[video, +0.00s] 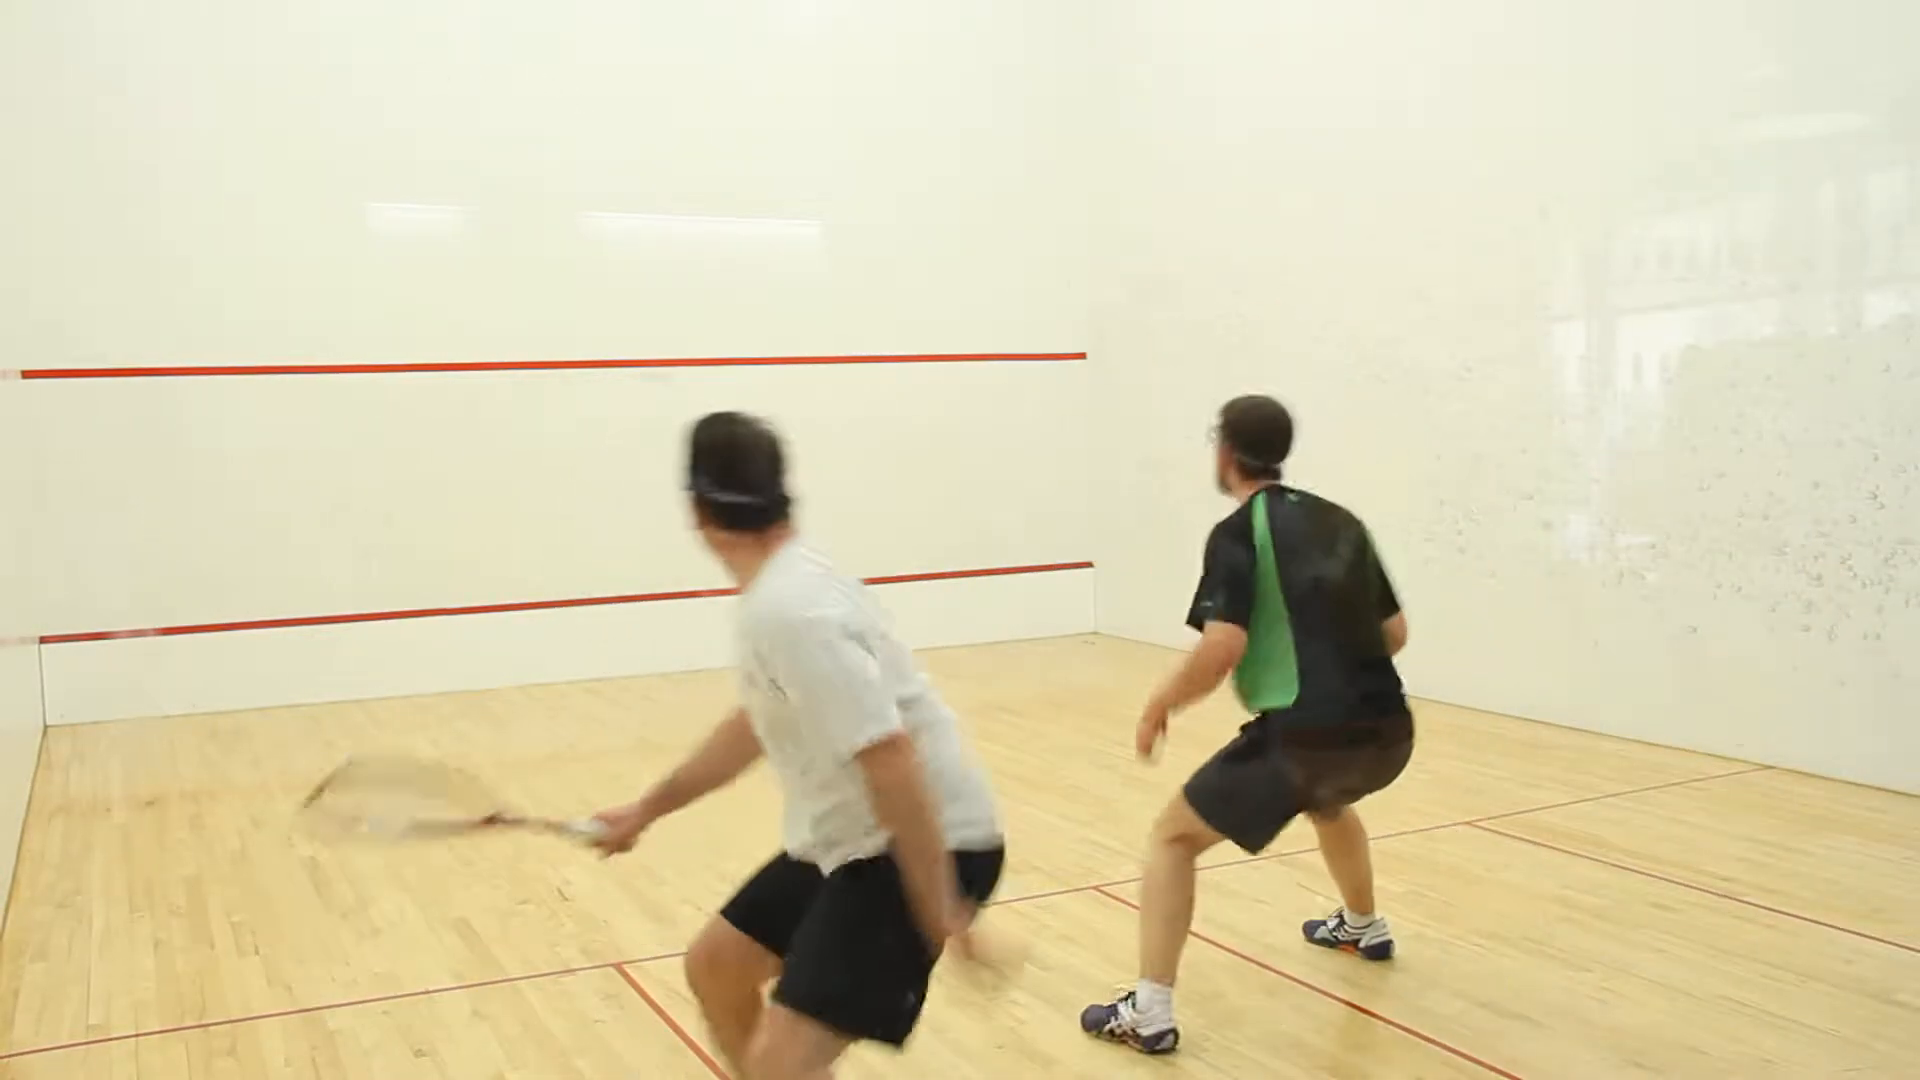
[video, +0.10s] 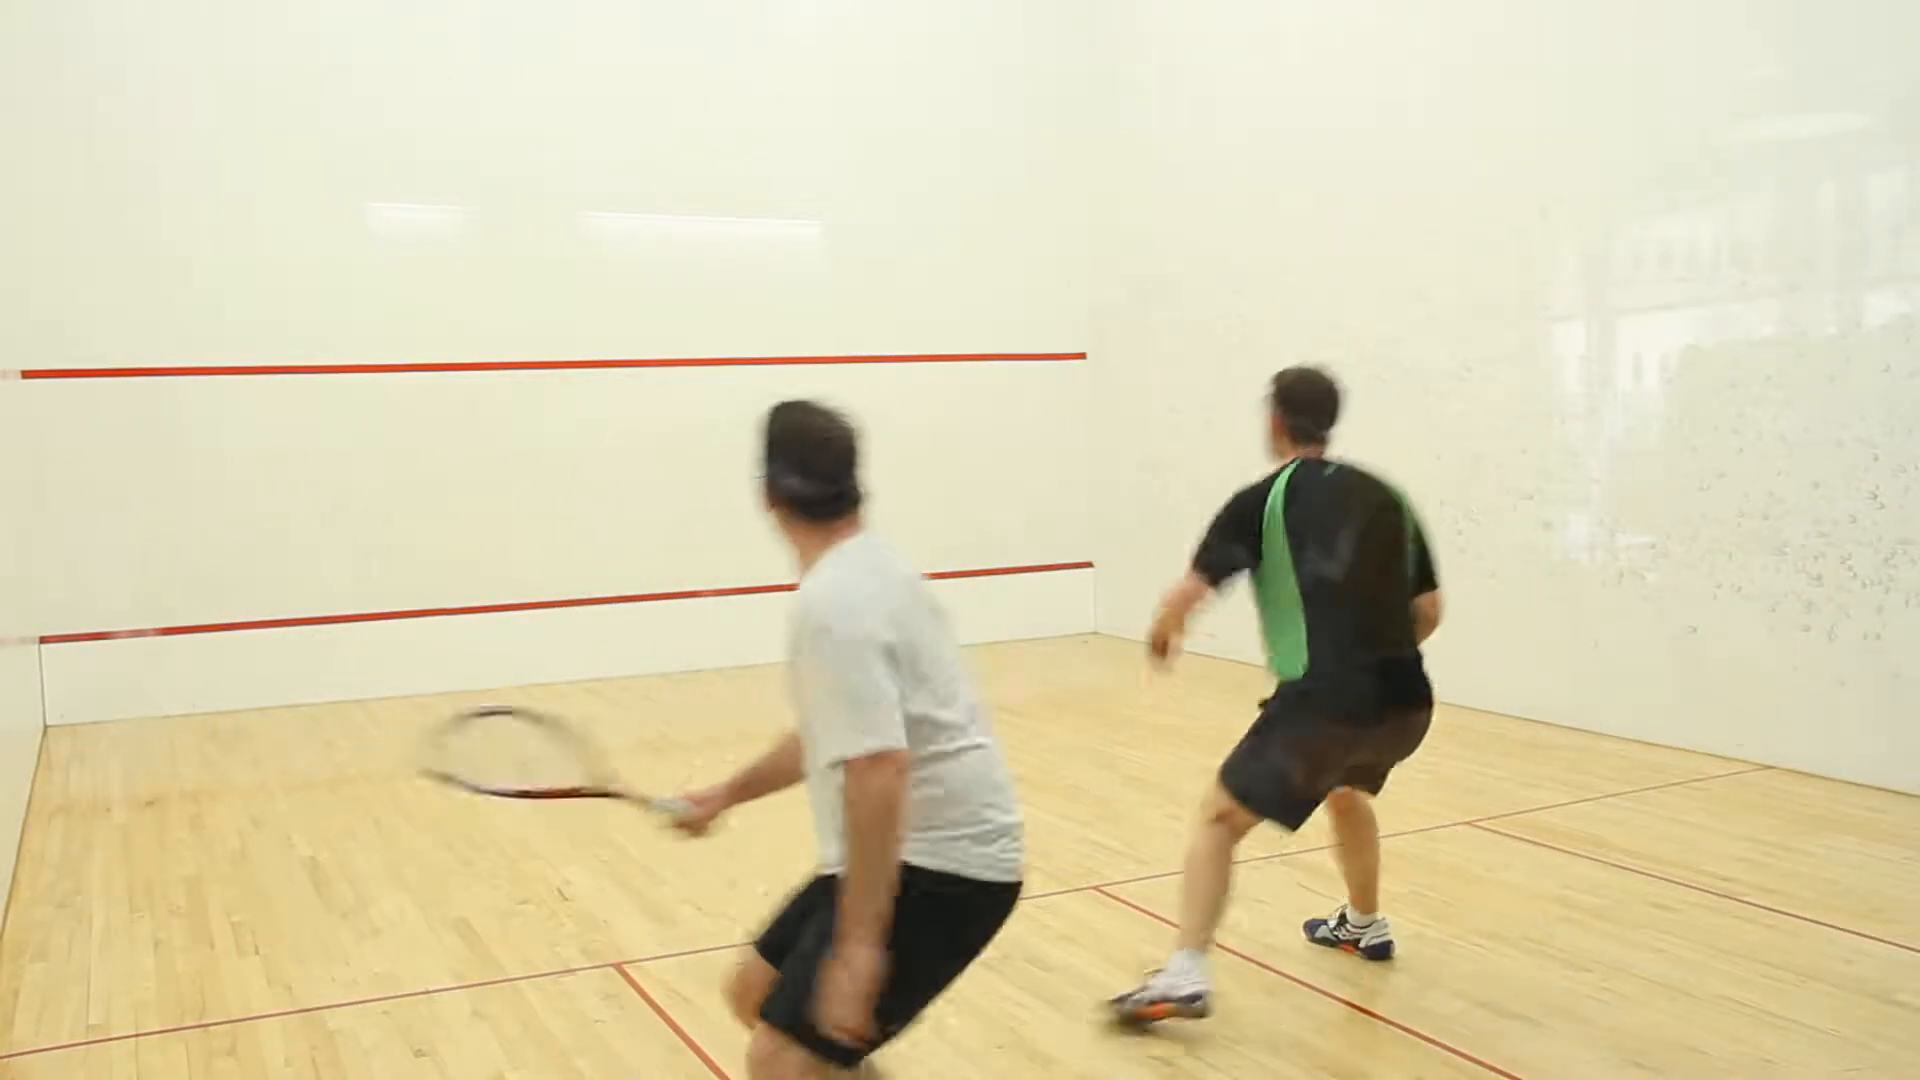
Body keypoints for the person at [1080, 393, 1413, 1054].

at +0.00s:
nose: (1214, 456)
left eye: (1218, 445)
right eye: (1219, 443)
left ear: (1230, 454)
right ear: (1281, 453)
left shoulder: (1237, 533)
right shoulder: (1342, 521)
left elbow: (1223, 648)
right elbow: (1393, 631)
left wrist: (1162, 703)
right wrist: (1323, 654)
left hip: (1298, 738)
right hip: (1381, 729)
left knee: (1174, 837)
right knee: (1325, 794)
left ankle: (1150, 1009)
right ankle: (1364, 921)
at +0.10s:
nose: (1267, 425)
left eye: (1269, 415)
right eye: (1274, 415)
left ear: (1277, 422)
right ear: (1330, 426)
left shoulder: (1263, 498)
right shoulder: (1386, 496)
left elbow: (1190, 589)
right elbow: (1427, 610)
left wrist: (1162, 634)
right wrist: (1369, 643)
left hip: (1319, 702)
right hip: (1403, 701)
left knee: (1220, 819)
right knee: (1348, 790)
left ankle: (1185, 971)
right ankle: (1365, 921)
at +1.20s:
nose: (1559, 373)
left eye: (1567, 361)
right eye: (1561, 360)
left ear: (1597, 363)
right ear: (1620, 362)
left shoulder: (1617, 429)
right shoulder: (1662, 425)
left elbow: (1651, 526)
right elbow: (1686, 529)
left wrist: (1630, 622)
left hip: (1662, 635)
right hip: (1719, 630)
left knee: (1580, 750)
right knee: (1727, 769)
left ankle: (1572, 903)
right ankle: (1811, 915)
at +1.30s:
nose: (1602, 361)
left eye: (1607, 348)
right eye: (1604, 347)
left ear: (1627, 349)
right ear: (1665, 347)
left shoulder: (1640, 417)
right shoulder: (1717, 414)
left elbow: (1680, 513)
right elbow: (1768, 514)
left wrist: (1663, 612)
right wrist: (1763, 597)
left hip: (1690, 630)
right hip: (1754, 624)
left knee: (1619, 750)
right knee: (1753, 767)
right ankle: (1814, 914)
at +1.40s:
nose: (1642, 358)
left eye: (1643, 348)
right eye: (1645, 347)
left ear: (1656, 347)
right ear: (1704, 343)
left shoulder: (1657, 418)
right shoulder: (1758, 412)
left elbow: (1683, 518)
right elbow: (1817, 505)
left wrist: (1666, 621)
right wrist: (1823, 594)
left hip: (1717, 631)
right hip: (1782, 622)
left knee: (1690, 778)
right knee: (1771, 768)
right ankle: (1814, 915)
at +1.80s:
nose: (1659, 380)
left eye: (1661, 371)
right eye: (1665, 370)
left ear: (1667, 375)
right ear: (1723, 374)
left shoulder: (1652, 447)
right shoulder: (1785, 444)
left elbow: (1645, 548)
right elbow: (1838, 544)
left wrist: (1623, 629)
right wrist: (1809, 625)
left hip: (1716, 648)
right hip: (1794, 643)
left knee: (1645, 787)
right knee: (1807, 787)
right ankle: (1874, 941)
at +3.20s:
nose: (1127, 585)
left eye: (1148, 565)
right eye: (1131, 561)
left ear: (1225, 579)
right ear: (1218, 577)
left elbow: (1453, 865)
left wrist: (1469, 1050)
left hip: (1299, 969)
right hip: (1169, 949)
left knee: (1227, 1074)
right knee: (1115, 1072)